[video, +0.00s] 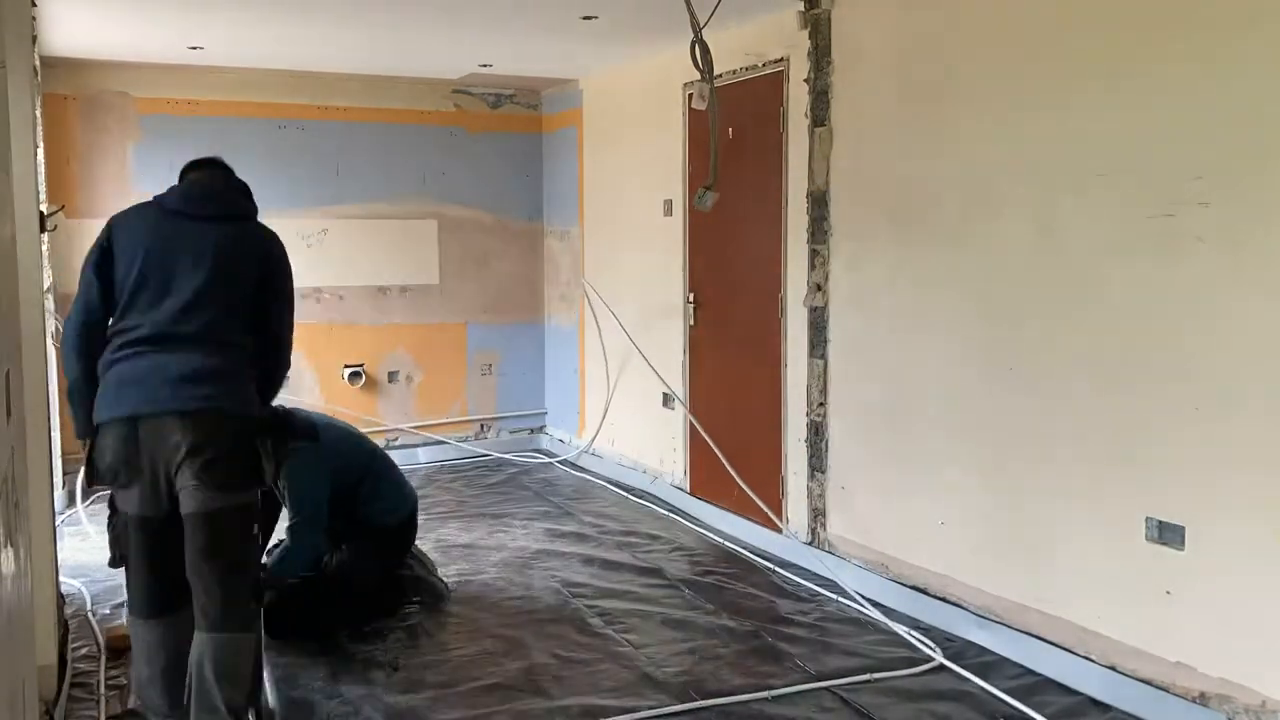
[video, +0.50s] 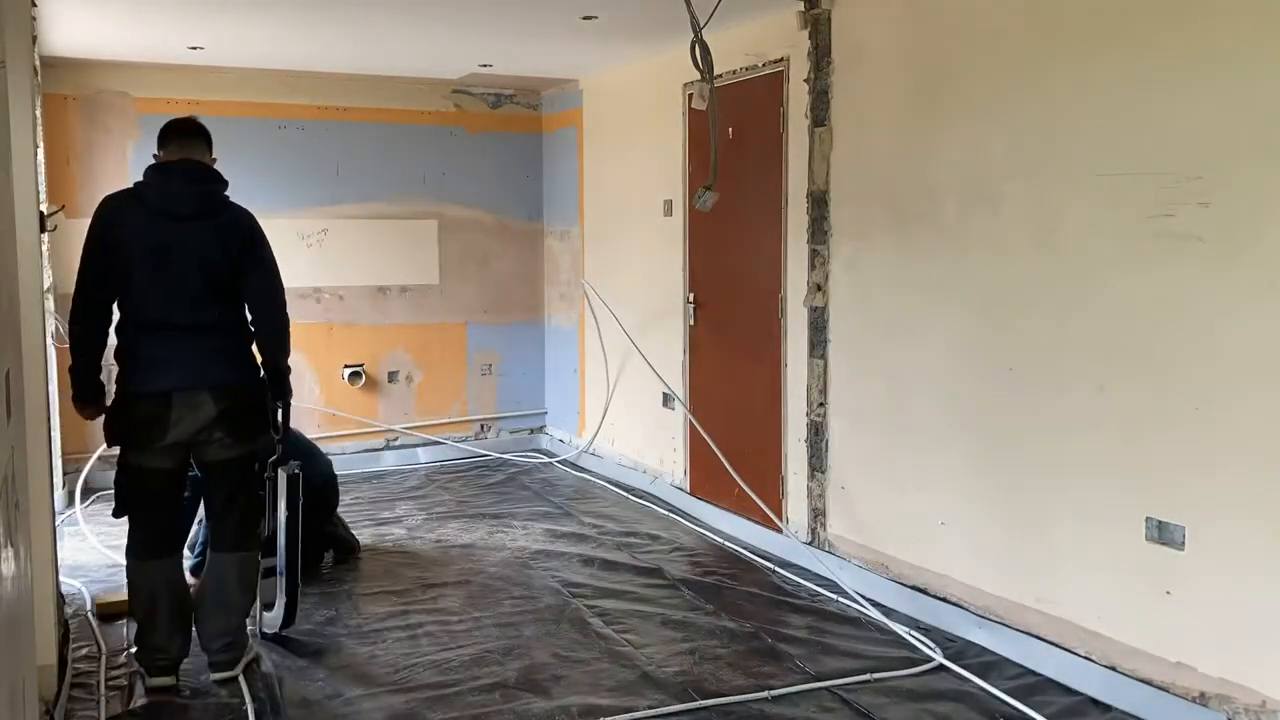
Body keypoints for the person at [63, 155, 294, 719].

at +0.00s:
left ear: (180, 187)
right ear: (238, 192)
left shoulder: (124, 227)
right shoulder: (262, 241)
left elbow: (80, 330)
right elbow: (275, 349)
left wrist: (92, 424)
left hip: (125, 416)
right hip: (217, 416)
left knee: (149, 590)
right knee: (222, 590)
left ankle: (158, 710)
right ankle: (221, 711)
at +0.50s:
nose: (202, 167)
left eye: (180, 156)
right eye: (206, 158)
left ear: (156, 158)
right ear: (211, 161)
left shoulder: (116, 213)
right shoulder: (237, 222)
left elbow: (89, 308)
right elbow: (270, 310)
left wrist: (87, 382)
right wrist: (278, 378)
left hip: (147, 395)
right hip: (226, 392)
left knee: (152, 528)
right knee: (234, 519)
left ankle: (159, 663)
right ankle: (225, 652)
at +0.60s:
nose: (202, 160)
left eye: (177, 150)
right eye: (209, 153)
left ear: (157, 153)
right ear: (212, 155)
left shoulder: (123, 215)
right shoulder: (241, 222)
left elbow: (115, 275)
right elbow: (270, 313)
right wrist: (276, 383)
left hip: (153, 396)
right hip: (232, 394)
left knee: (155, 529)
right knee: (233, 525)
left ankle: (159, 661)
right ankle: (224, 649)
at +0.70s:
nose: (177, 165)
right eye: (183, 157)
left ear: (130, 160)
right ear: (185, 157)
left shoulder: (95, 226)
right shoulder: (219, 219)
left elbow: (87, 329)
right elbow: (257, 311)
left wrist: (99, 410)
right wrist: (270, 381)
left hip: (136, 402)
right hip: (216, 396)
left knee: (144, 528)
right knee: (230, 510)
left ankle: (158, 663)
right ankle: (220, 635)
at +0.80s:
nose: (170, 172)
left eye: (158, 164)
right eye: (183, 163)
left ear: (148, 167)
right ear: (201, 168)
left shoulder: (116, 216)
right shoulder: (230, 227)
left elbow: (72, 299)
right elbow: (255, 314)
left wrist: (62, 372)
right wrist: (230, 372)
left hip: (139, 391)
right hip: (216, 391)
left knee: (148, 510)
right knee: (219, 509)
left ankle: (163, 634)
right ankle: (211, 645)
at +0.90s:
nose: (195, 173)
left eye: (181, 163)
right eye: (205, 165)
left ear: (162, 165)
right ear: (213, 169)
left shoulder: (124, 216)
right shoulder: (237, 227)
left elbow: (62, 292)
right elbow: (263, 303)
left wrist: (62, 364)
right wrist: (257, 370)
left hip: (147, 393)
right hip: (224, 392)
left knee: (152, 514)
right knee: (223, 518)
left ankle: (166, 635)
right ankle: (210, 648)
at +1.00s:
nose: (185, 173)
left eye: (171, 164)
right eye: (196, 164)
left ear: (154, 168)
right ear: (206, 169)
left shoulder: (120, 217)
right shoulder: (232, 228)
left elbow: (61, 295)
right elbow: (262, 312)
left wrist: (66, 371)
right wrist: (240, 380)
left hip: (142, 394)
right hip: (218, 394)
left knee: (150, 515)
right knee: (220, 518)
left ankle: (166, 635)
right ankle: (210, 651)